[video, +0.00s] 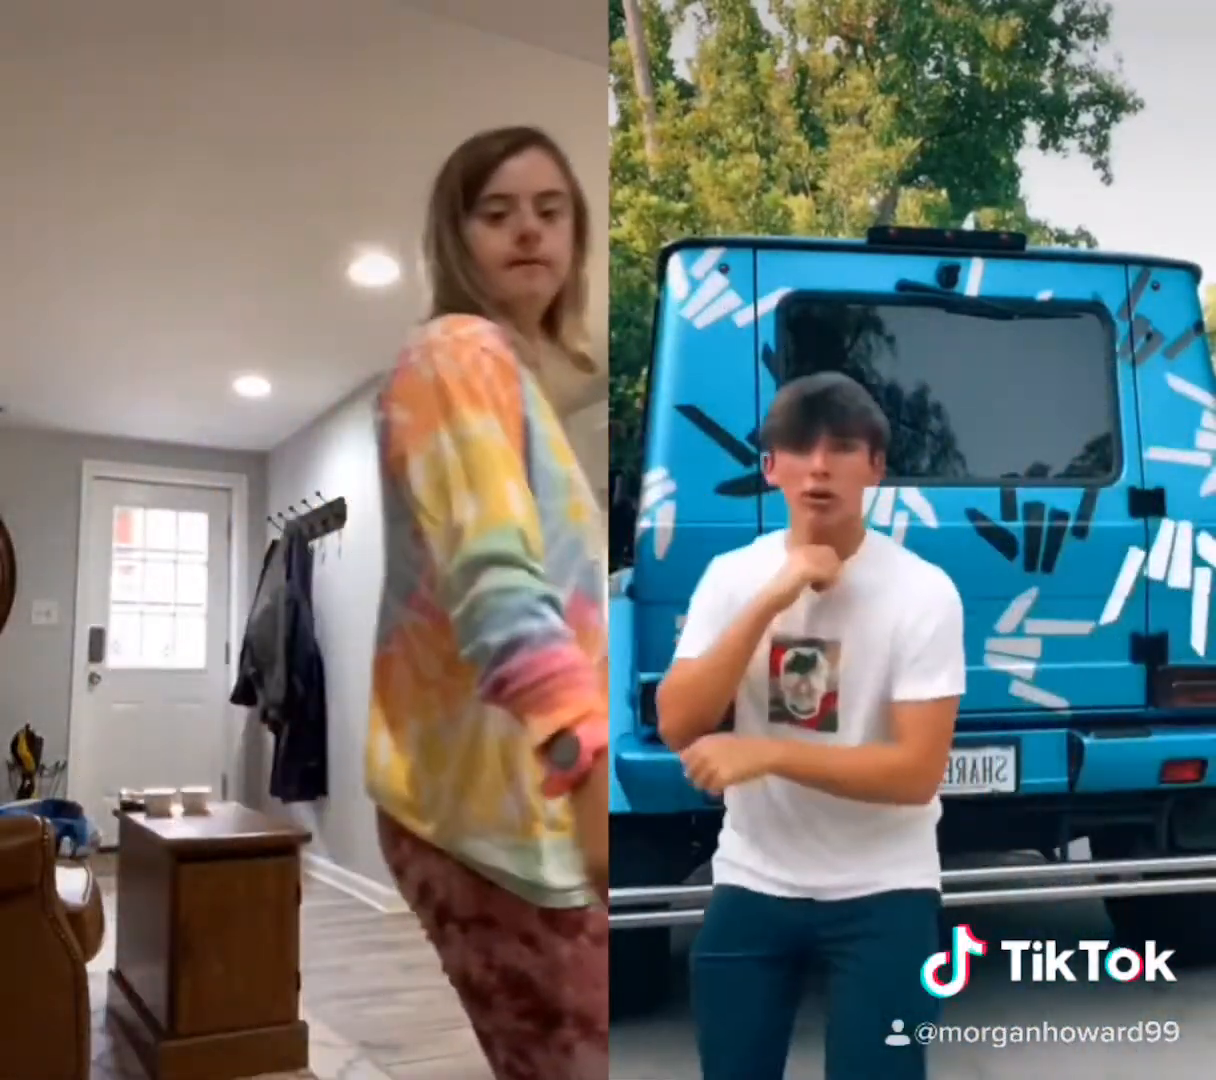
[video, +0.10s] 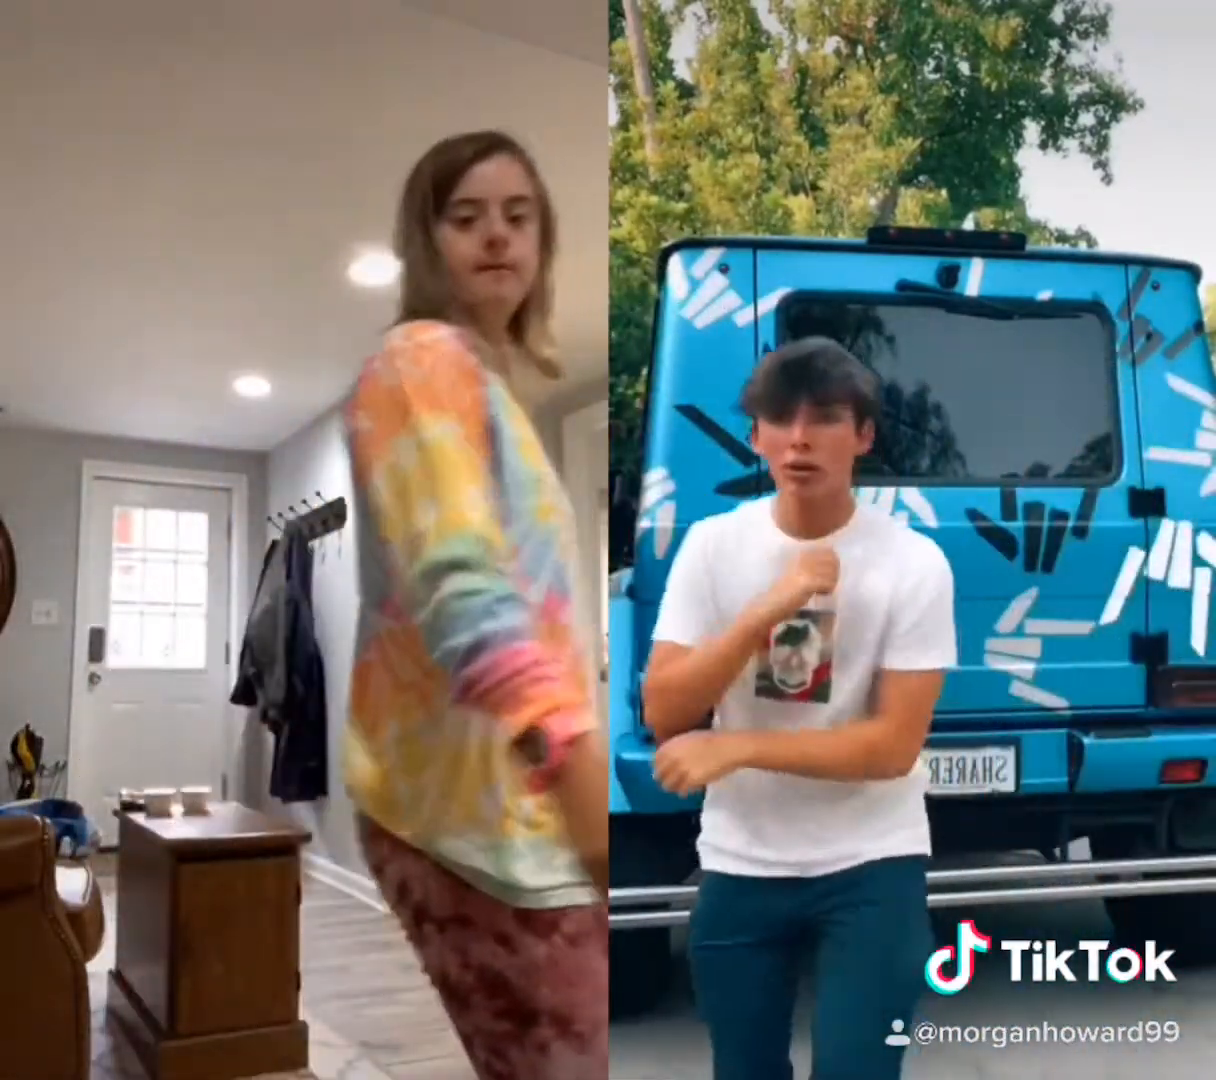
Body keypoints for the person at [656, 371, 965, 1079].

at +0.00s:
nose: (820, 466)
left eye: (841, 448)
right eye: (802, 447)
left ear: (875, 468)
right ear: (774, 467)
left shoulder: (922, 594)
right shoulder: (730, 578)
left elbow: (918, 773)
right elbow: (675, 726)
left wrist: (773, 753)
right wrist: (764, 607)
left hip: (884, 897)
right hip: (751, 892)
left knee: (874, 1068)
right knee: (733, 1068)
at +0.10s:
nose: (799, 437)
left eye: (824, 417)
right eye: (781, 417)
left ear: (862, 435)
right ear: (758, 434)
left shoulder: (913, 564)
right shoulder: (711, 547)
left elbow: (895, 745)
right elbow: (661, 713)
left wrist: (734, 749)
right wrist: (764, 614)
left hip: (873, 867)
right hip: (739, 871)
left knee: (854, 1067)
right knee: (744, 1068)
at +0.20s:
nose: (774, 446)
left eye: (799, 426)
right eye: (764, 425)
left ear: (854, 444)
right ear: (748, 437)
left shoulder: (911, 580)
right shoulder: (696, 562)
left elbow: (904, 755)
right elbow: (667, 737)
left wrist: (747, 799)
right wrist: (771, 704)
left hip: (863, 895)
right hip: (728, 897)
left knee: (827, 1067)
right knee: (736, 1069)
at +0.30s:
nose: (750, 469)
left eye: (779, 447)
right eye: (749, 447)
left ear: (845, 471)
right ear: (744, 459)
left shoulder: (912, 605)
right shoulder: (694, 592)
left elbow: (946, 769)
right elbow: (666, 754)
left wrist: (828, 851)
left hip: (863, 918)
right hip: (720, 917)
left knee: (845, 1067)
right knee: (706, 1064)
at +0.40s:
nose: (743, 471)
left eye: (773, 451)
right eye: (745, 450)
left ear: (843, 478)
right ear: (742, 460)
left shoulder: (914, 605)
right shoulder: (686, 596)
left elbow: (973, 741)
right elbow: (628, 727)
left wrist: (951, 835)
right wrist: (570, 806)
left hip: (865, 924)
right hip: (717, 921)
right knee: (692, 1063)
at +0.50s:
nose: (731, 441)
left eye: (760, 420)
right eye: (734, 419)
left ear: (833, 448)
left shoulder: (914, 579)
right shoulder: (677, 567)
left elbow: (962, 719)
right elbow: (614, 712)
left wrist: (1010, 797)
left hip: (865, 911)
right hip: (718, 904)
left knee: (861, 1065)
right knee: (718, 1061)